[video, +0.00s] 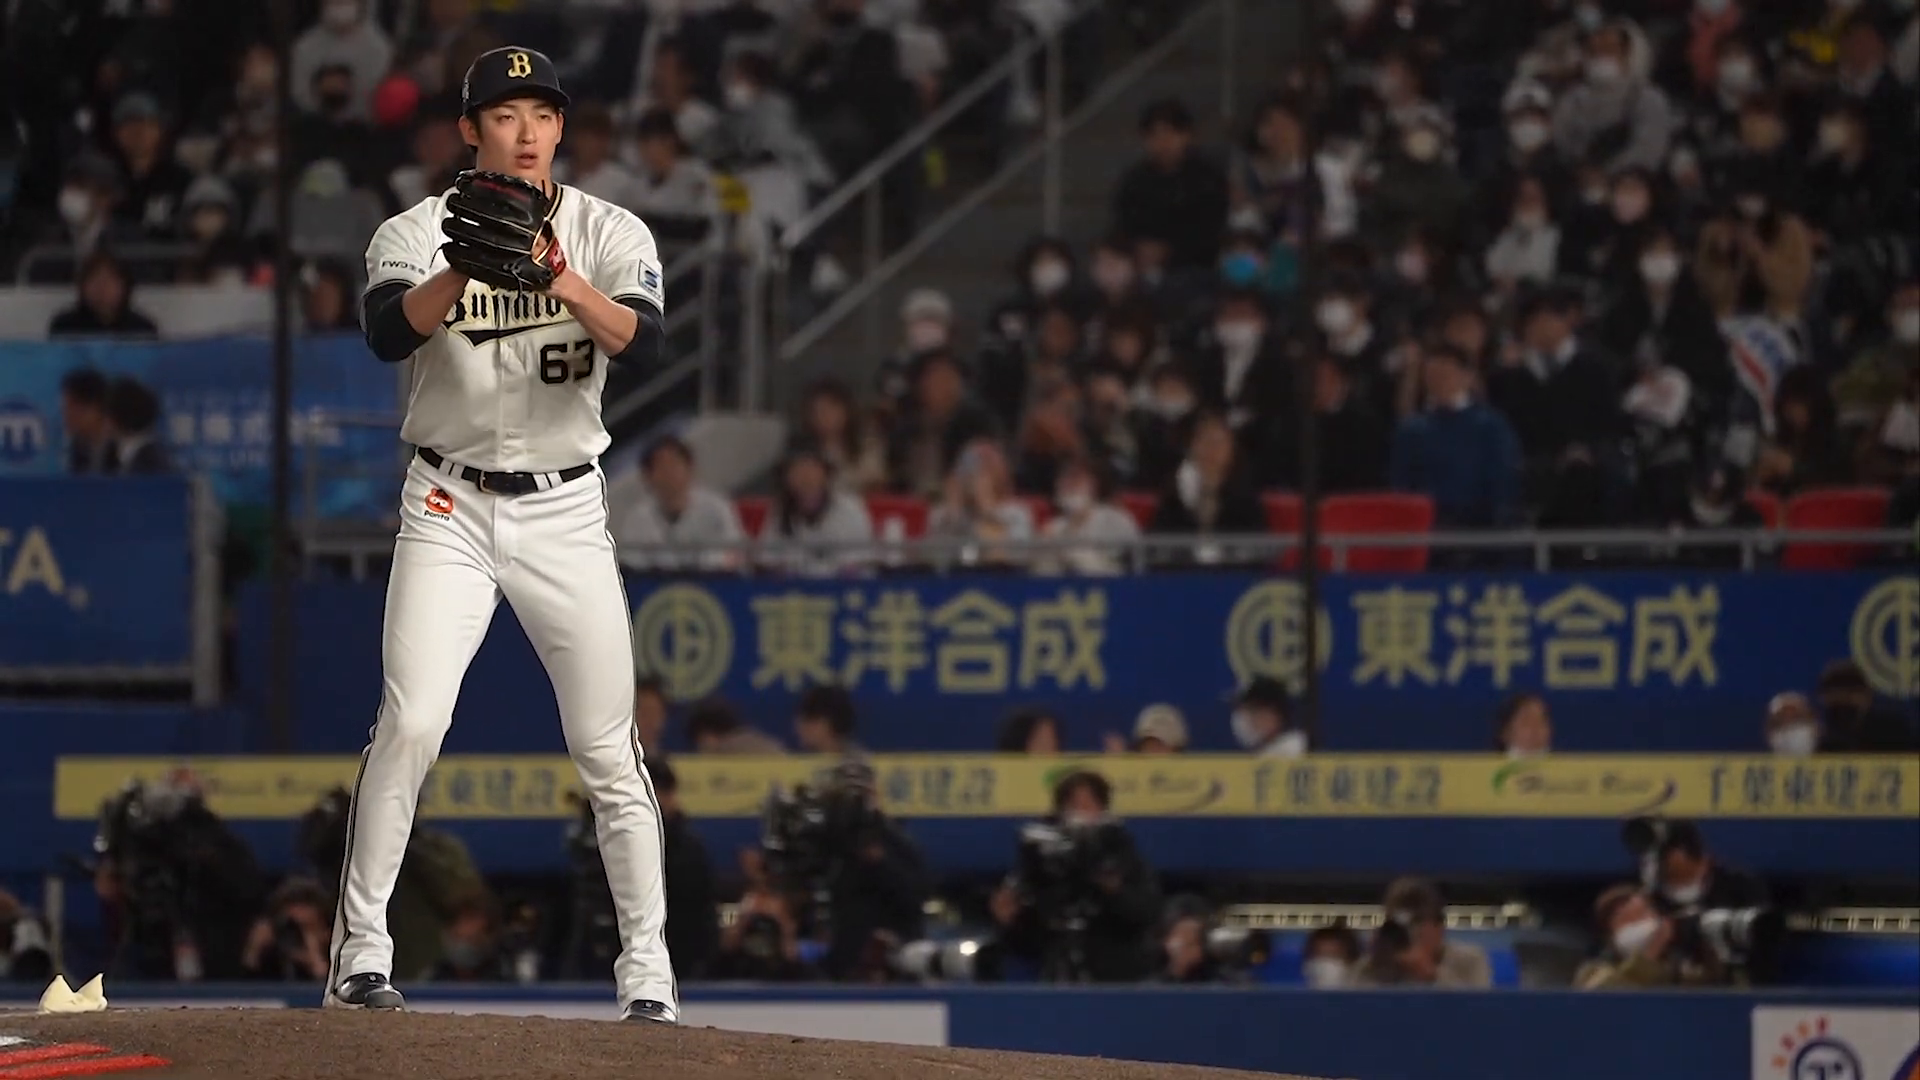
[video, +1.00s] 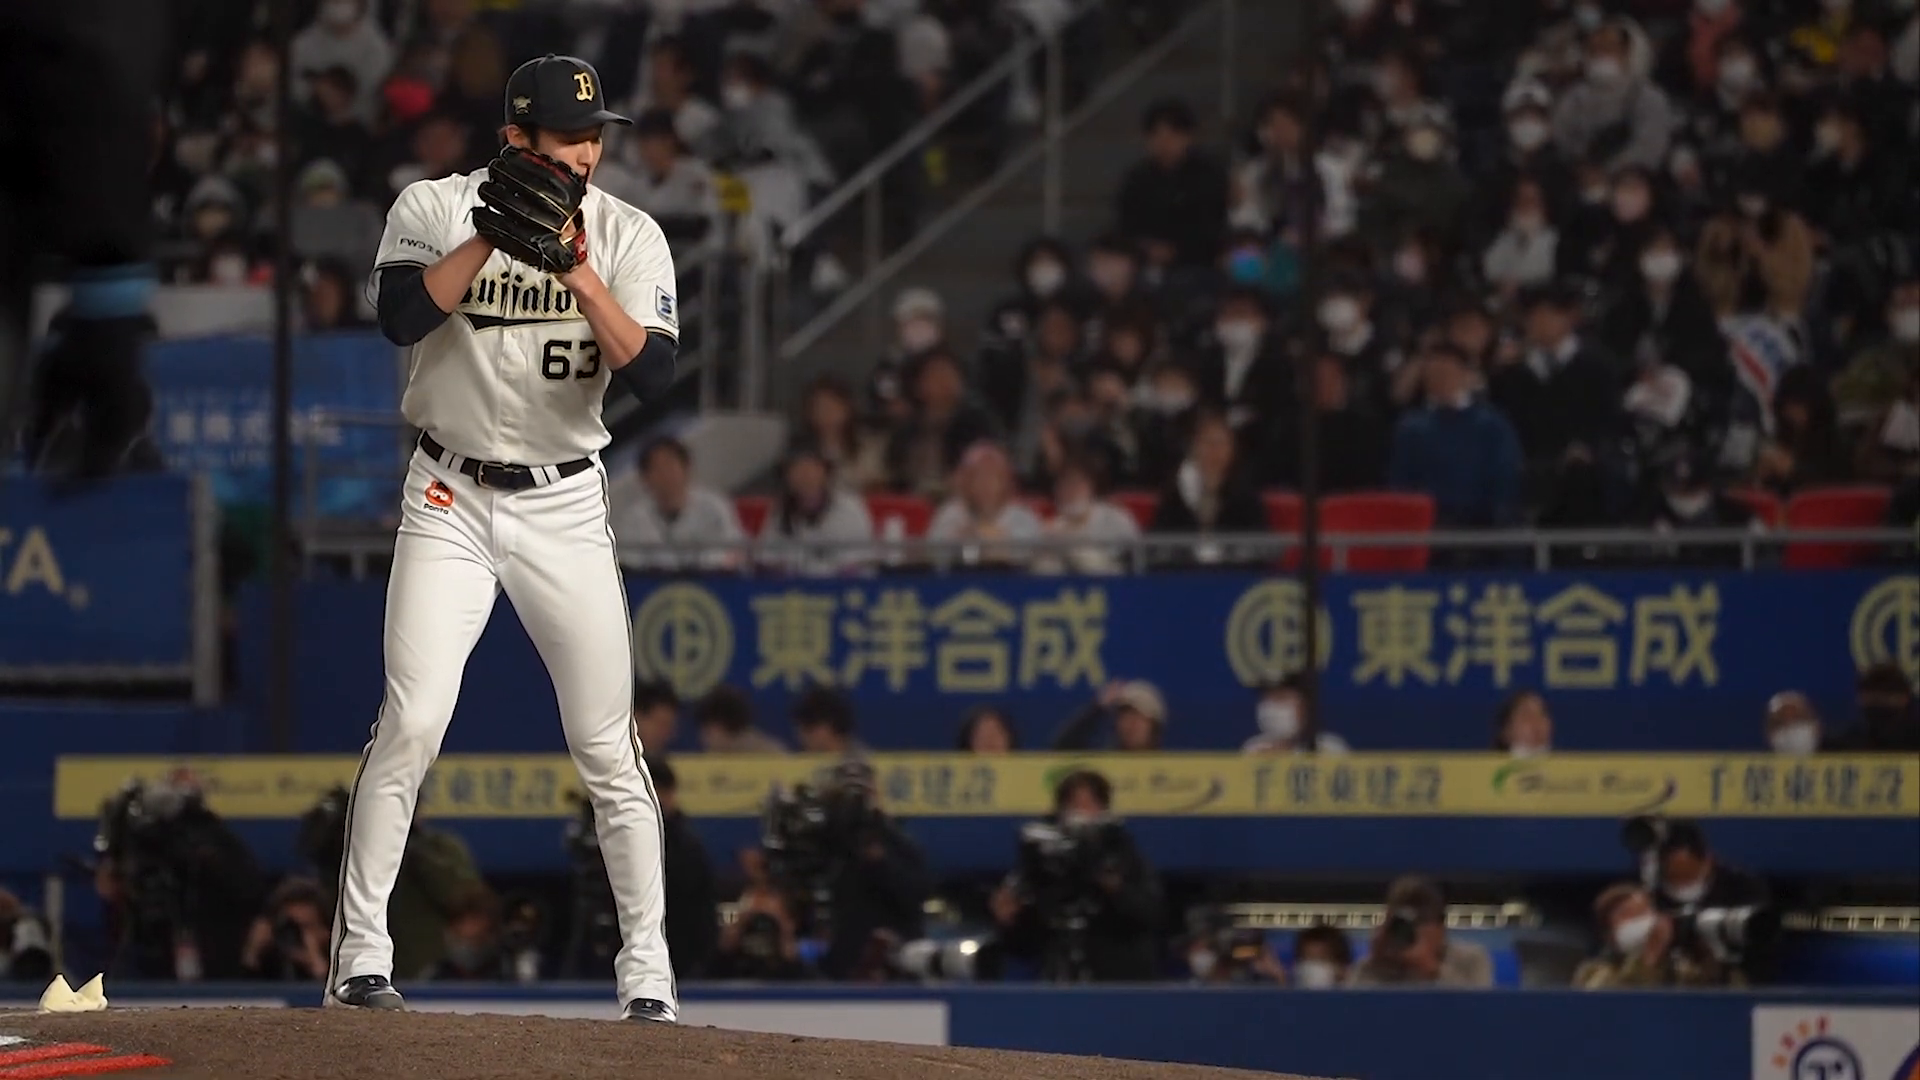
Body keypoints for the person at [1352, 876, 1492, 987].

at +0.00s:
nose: (1408, 934)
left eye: (1417, 925)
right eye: (1400, 926)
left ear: (1438, 927)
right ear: (1390, 927)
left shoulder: (1470, 964)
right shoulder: (1369, 967)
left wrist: (1427, 972)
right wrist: (1376, 971)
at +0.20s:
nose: (1406, 935)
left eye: (1415, 926)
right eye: (1398, 926)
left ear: (1438, 929)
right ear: (1388, 928)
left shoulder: (1469, 963)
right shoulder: (1367, 968)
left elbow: (1476, 1011)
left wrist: (1426, 970)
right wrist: (1377, 968)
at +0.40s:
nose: (1405, 935)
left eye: (1414, 926)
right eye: (1397, 926)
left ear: (1438, 930)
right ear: (1387, 928)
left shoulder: (1470, 962)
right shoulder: (1368, 966)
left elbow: (1476, 1010)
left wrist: (1427, 970)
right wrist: (1376, 966)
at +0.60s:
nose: (1405, 934)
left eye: (1415, 925)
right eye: (1398, 925)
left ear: (1439, 930)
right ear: (1387, 927)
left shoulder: (1471, 962)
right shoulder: (1364, 970)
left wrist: (1429, 971)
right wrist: (1375, 968)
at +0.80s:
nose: (1406, 934)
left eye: (1416, 925)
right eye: (1398, 925)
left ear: (1439, 930)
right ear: (1388, 926)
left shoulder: (1471, 963)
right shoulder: (1369, 969)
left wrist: (1428, 969)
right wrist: (1375, 967)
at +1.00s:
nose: (1406, 933)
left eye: (1416, 924)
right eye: (1398, 924)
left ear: (1439, 930)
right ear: (1387, 925)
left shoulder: (1471, 962)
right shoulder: (1368, 969)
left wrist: (1429, 968)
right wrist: (1376, 966)